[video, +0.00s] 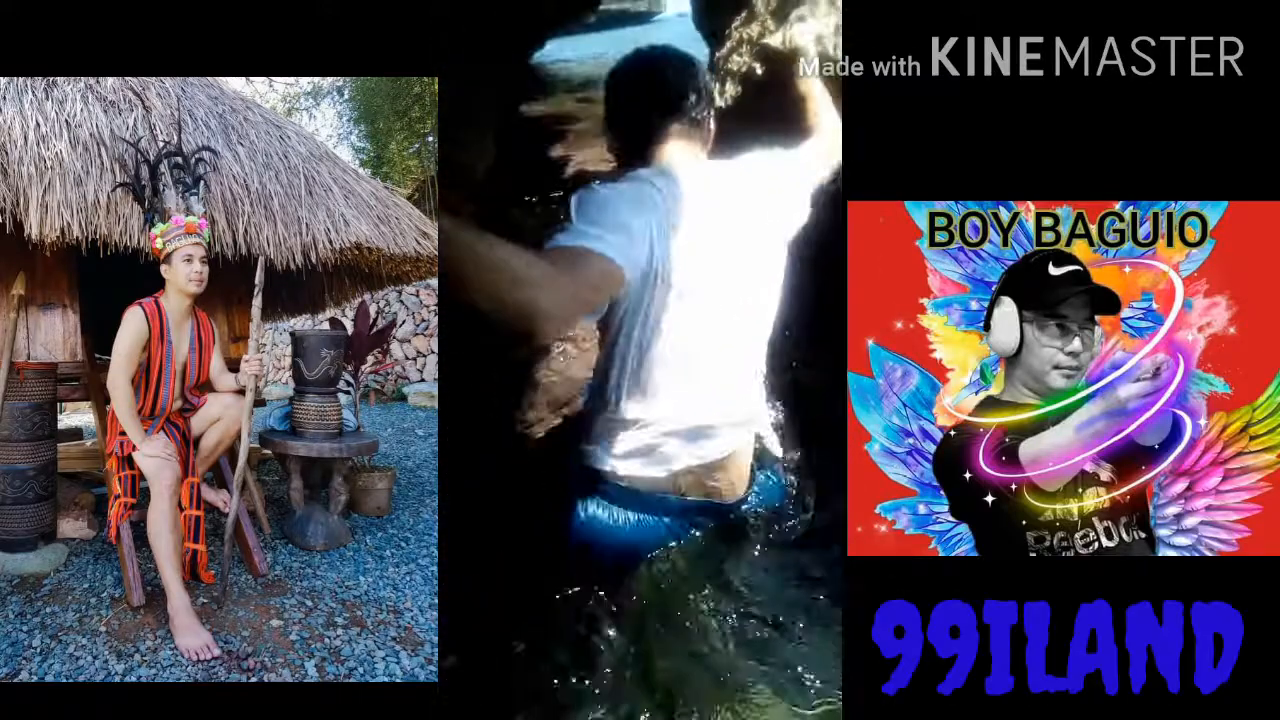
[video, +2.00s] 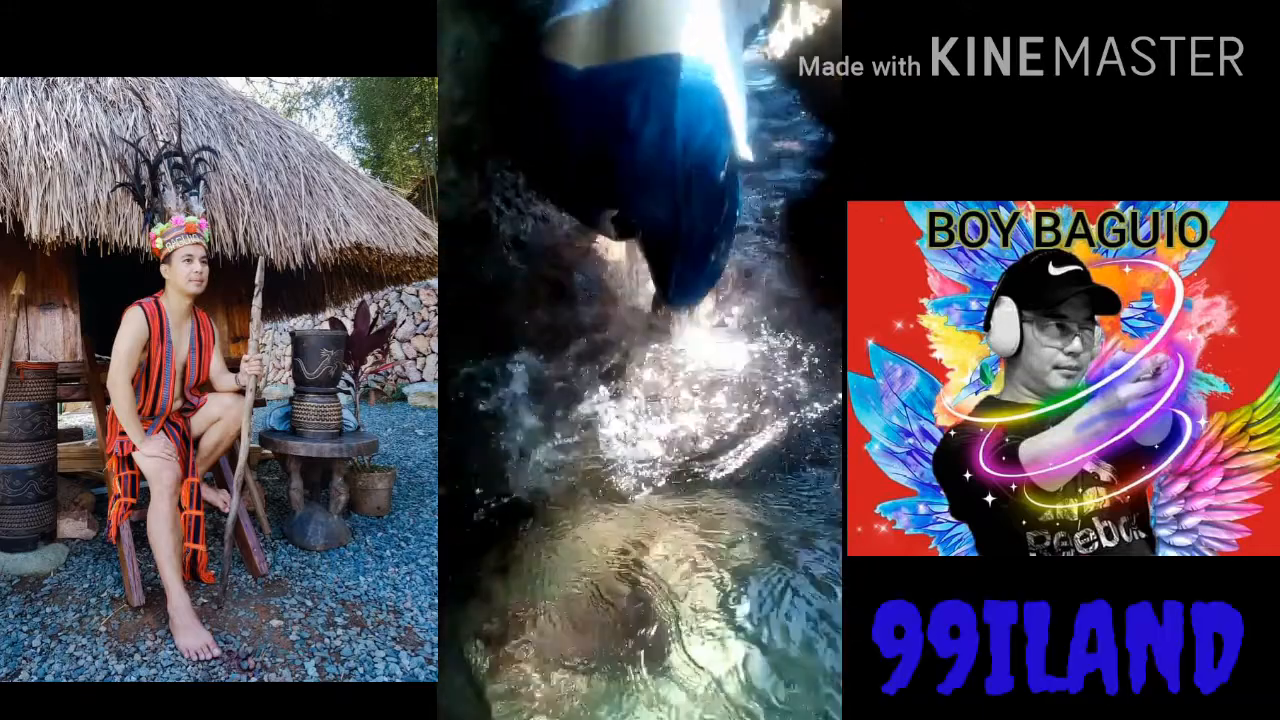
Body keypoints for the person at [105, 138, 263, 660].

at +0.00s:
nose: (198, 269)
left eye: (203, 260)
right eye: (187, 261)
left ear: (207, 267)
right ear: (164, 267)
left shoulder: (206, 324)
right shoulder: (142, 317)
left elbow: (220, 380)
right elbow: (117, 381)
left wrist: (243, 380)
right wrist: (138, 439)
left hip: (180, 420)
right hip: (139, 425)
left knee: (237, 407)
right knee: (169, 478)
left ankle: (190, 479)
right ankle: (179, 607)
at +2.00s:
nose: (198, 269)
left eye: (203, 260)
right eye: (187, 261)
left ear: (207, 266)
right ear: (164, 267)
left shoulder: (206, 323)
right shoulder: (142, 316)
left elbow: (220, 381)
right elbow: (117, 380)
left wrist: (243, 380)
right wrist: (138, 440)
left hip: (180, 419)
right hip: (140, 424)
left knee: (237, 407)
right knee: (169, 476)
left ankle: (191, 479)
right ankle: (179, 605)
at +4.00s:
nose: (198, 268)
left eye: (203, 260)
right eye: (187, 260)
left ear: (208, 267)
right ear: (165, 267)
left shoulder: (206, 324)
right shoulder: (142, 316)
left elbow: (220, 382)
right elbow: (117, 380)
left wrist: (243, 380)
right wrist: (138, 440)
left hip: (180, 419)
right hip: (140, 424)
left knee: (237, 407)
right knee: (169, 477)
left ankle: (191, 478)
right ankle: (179, 606)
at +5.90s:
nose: (199, 268)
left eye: (203, 260)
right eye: (188, 260)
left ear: (207, 266)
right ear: (164, 267)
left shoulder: (206, 323)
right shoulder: (142, 316)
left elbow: (220, 382)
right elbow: (117, 380)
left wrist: (243, 381)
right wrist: (138, 440)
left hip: (181, 419)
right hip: (140, 425)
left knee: (238, 407)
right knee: (168, 477)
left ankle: (191, 479)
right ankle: (179, 607)